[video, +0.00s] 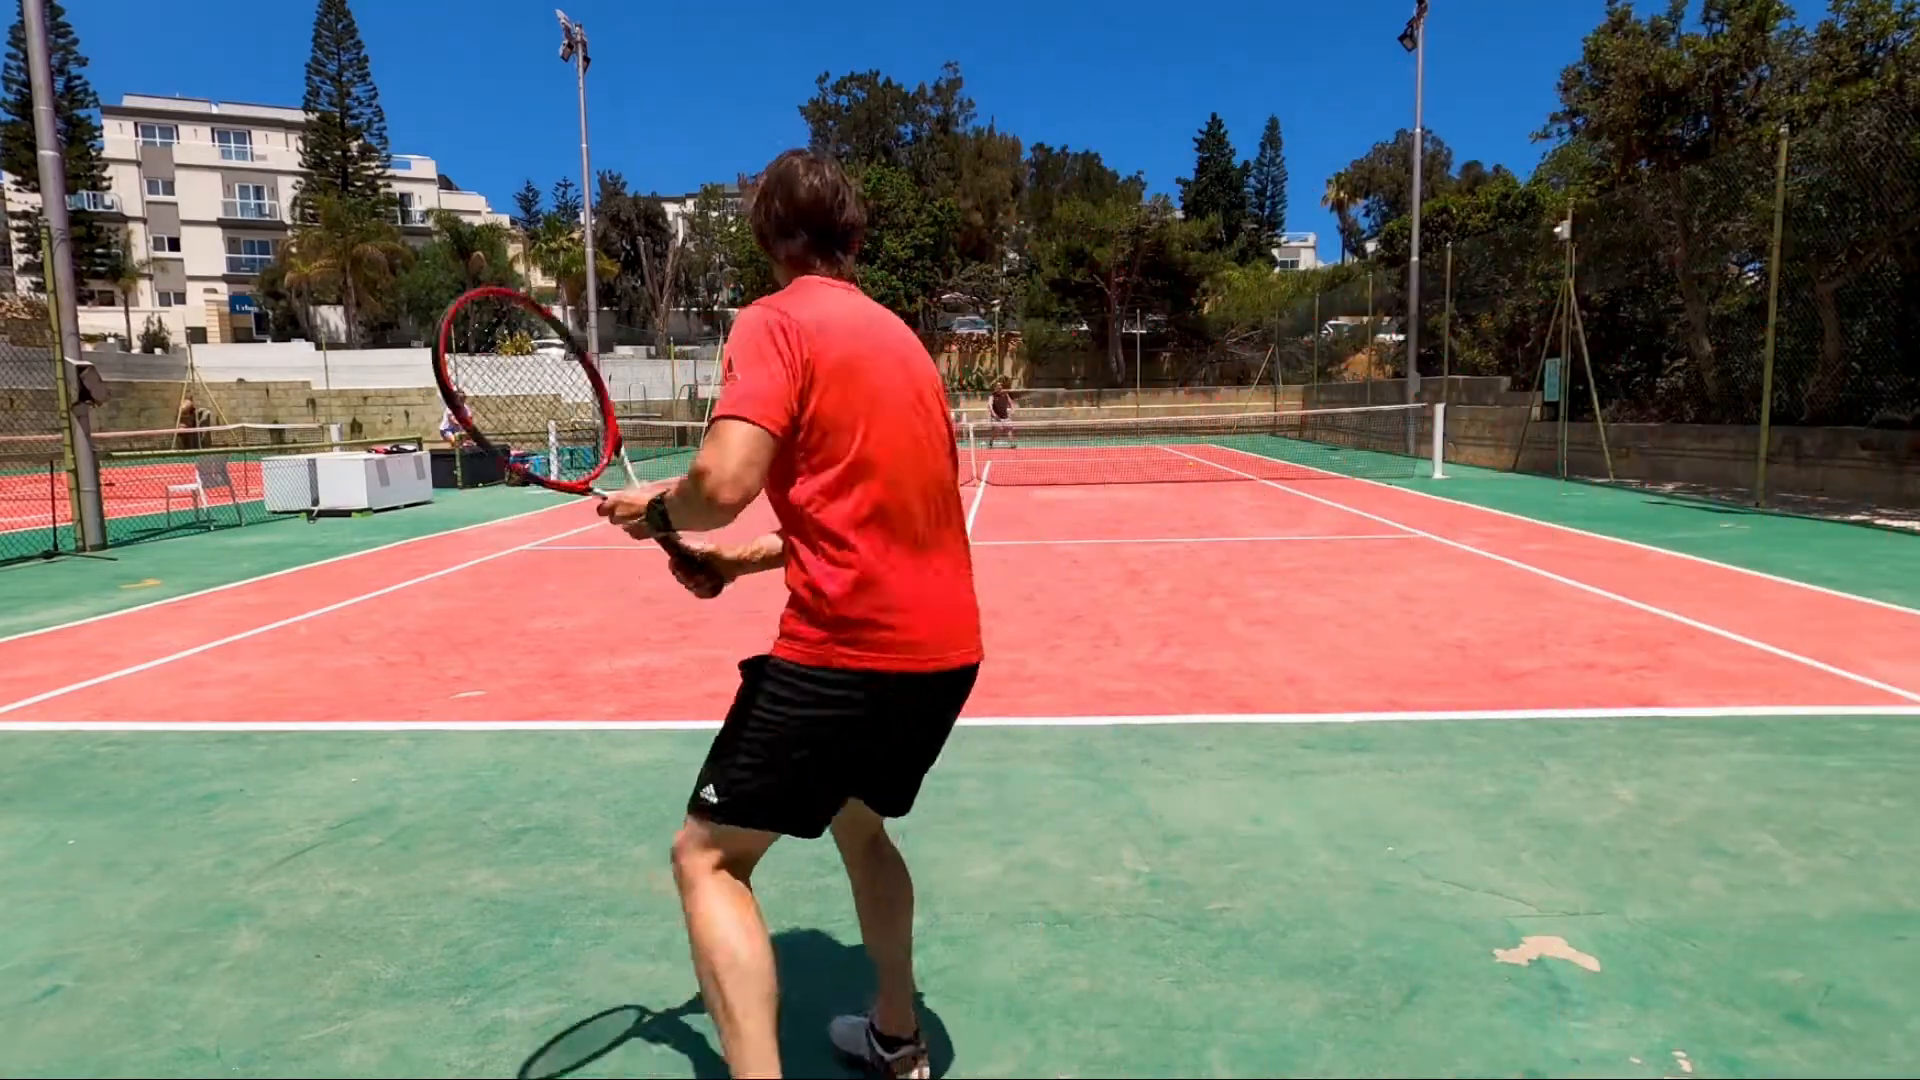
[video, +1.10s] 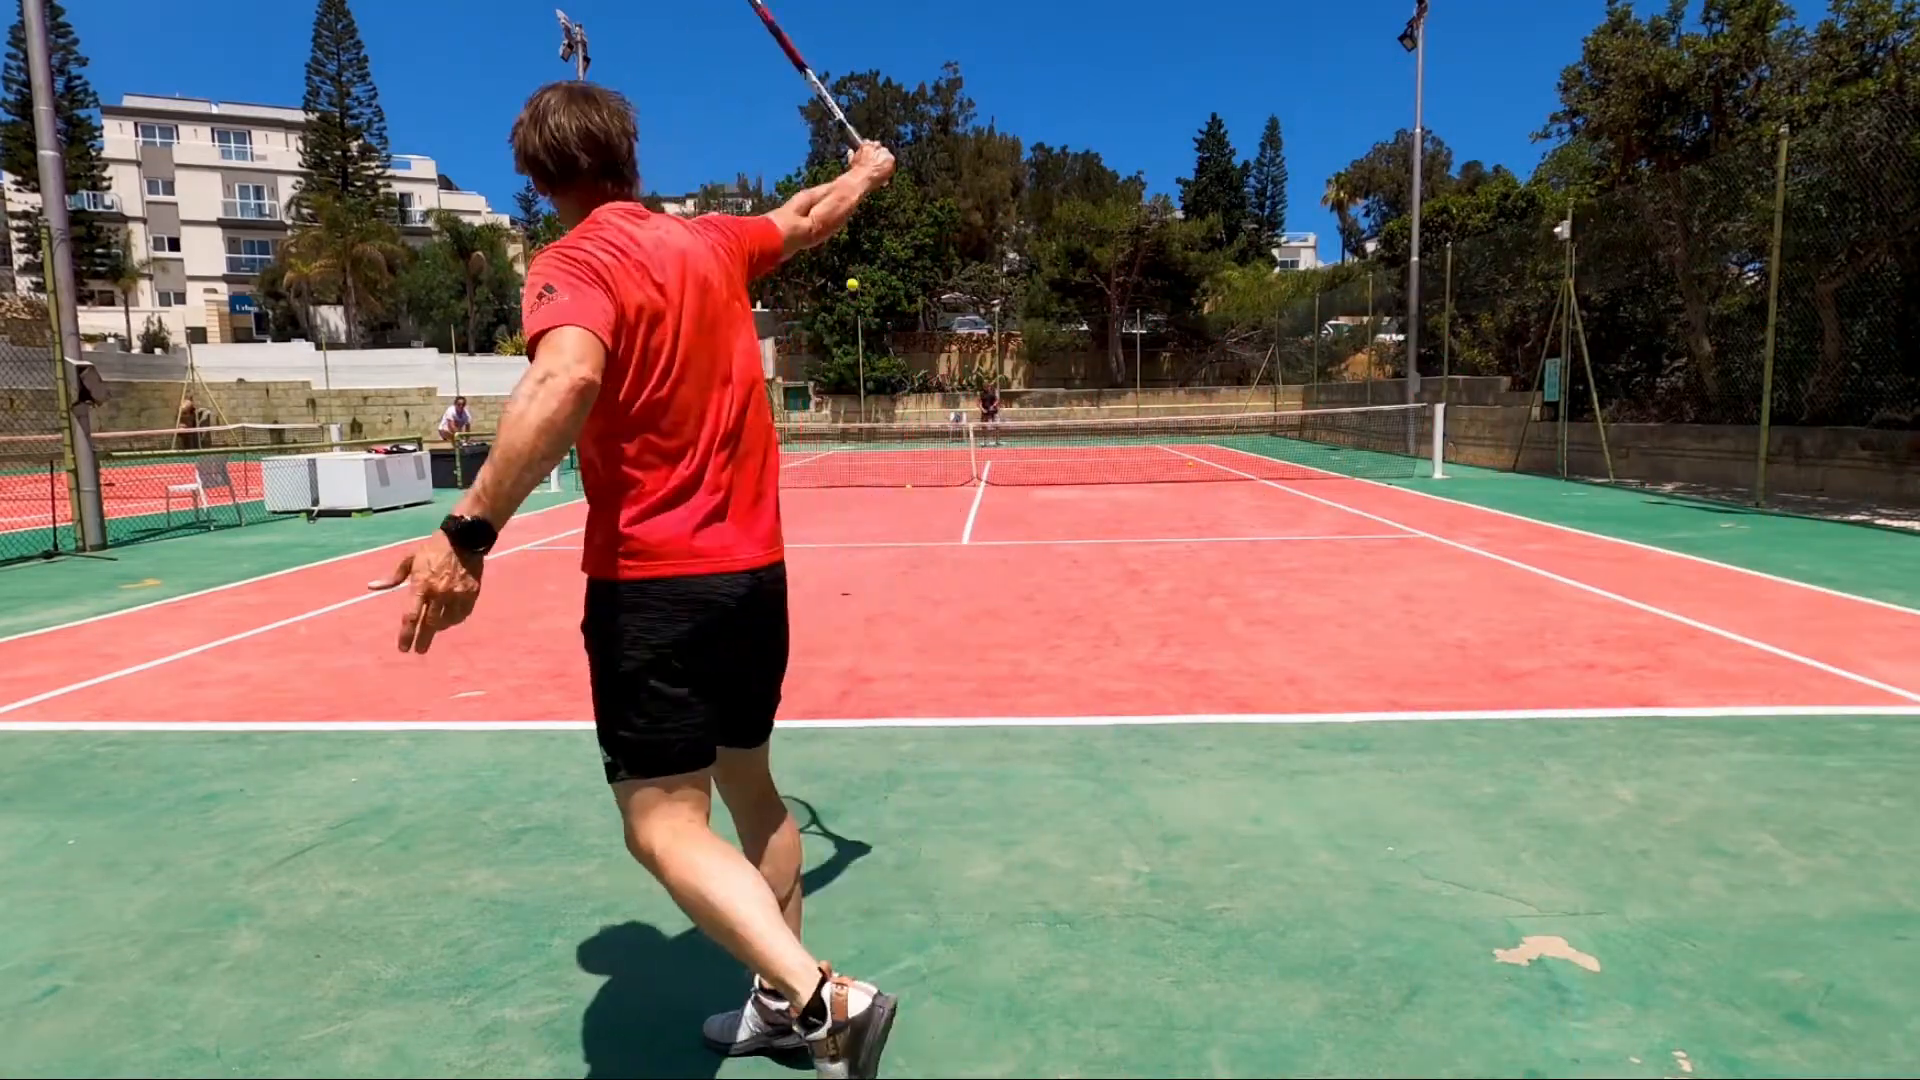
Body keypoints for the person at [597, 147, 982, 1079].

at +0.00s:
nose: (755, 240)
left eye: (756, 227)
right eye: (761, 228)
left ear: (768, 232)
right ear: (851, 235)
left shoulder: (776, 323)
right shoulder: (900, 339)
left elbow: (724, 486)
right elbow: (878, 510)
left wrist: (661, 507)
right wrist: (740, 558)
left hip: (837, 648)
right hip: (943, 647)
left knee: (709, 855)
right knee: (859, 819)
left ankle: (755, 1072)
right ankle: (897, 1029)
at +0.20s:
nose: (734, 265)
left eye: (736, 250)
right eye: (737, 250)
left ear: (748, 254)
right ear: (828, 250)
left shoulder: (794, 333)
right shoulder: (851, 341)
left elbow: (823, 487)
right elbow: (819, 537)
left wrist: (689, 513)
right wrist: (697, 568)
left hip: (896, 666)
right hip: (933, 659)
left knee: (793, 951)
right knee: (873, 870)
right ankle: (905, 1036)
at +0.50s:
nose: (673, 307)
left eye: (671, 287)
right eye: (674, 290)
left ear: (685, 285)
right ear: (759, 269)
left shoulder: (766, 331)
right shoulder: (751, 388)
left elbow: (847, 408)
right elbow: (698, 541)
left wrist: (667, 434)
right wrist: (621, 544)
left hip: (910, 687)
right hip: (860, 686)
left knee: (843, 996)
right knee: (785, 809)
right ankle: (858, 1022)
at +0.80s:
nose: (603, 281)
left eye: (603, 262)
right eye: (603, 263)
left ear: (622, 258)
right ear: (685, 246)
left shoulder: (711, 320)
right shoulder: (657, 358)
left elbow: (822, 441)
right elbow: (610, 467)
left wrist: (720, 550)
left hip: (792, 639)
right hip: (740, 638)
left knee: (794, 926)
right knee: (720, 805)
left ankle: (893, 1068)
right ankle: (789, 1014)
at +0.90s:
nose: (587, 214)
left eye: (585, 198)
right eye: (588, 199)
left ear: (601, 194)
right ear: (680, 183)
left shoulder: (637, 269)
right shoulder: (734, 262)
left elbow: (702, 417)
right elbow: (693, 417)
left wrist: (682, 590)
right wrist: (615, 499)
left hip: (737, 589)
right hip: (801, 581)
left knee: (762, 856)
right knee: (769, 817)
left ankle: (923, 1065)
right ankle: (785, 1006)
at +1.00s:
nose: (561, 179)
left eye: (558, 165)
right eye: (564, 165)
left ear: (570, 162)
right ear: (658, 148)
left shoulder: (596, 242)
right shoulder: (729, 239)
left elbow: (630, 384)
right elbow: (750, 396)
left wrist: (585, 551)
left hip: (683, 567)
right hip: (776, 558)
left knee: (717, 825)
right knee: (766, 781)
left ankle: (902, 997)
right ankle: (778, 992)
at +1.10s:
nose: (531, 193)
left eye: (529, 180)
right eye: (533, 180)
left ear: (546, 181)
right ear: (628, 163)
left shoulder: (572, 263)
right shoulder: (712, 236)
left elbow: (568, 376)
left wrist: (467, 535)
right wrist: (864, 172)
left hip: (651, 581)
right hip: (752, 572)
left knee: (665, 820)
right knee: (748, 774)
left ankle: (824, 999)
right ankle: (782, 1000)